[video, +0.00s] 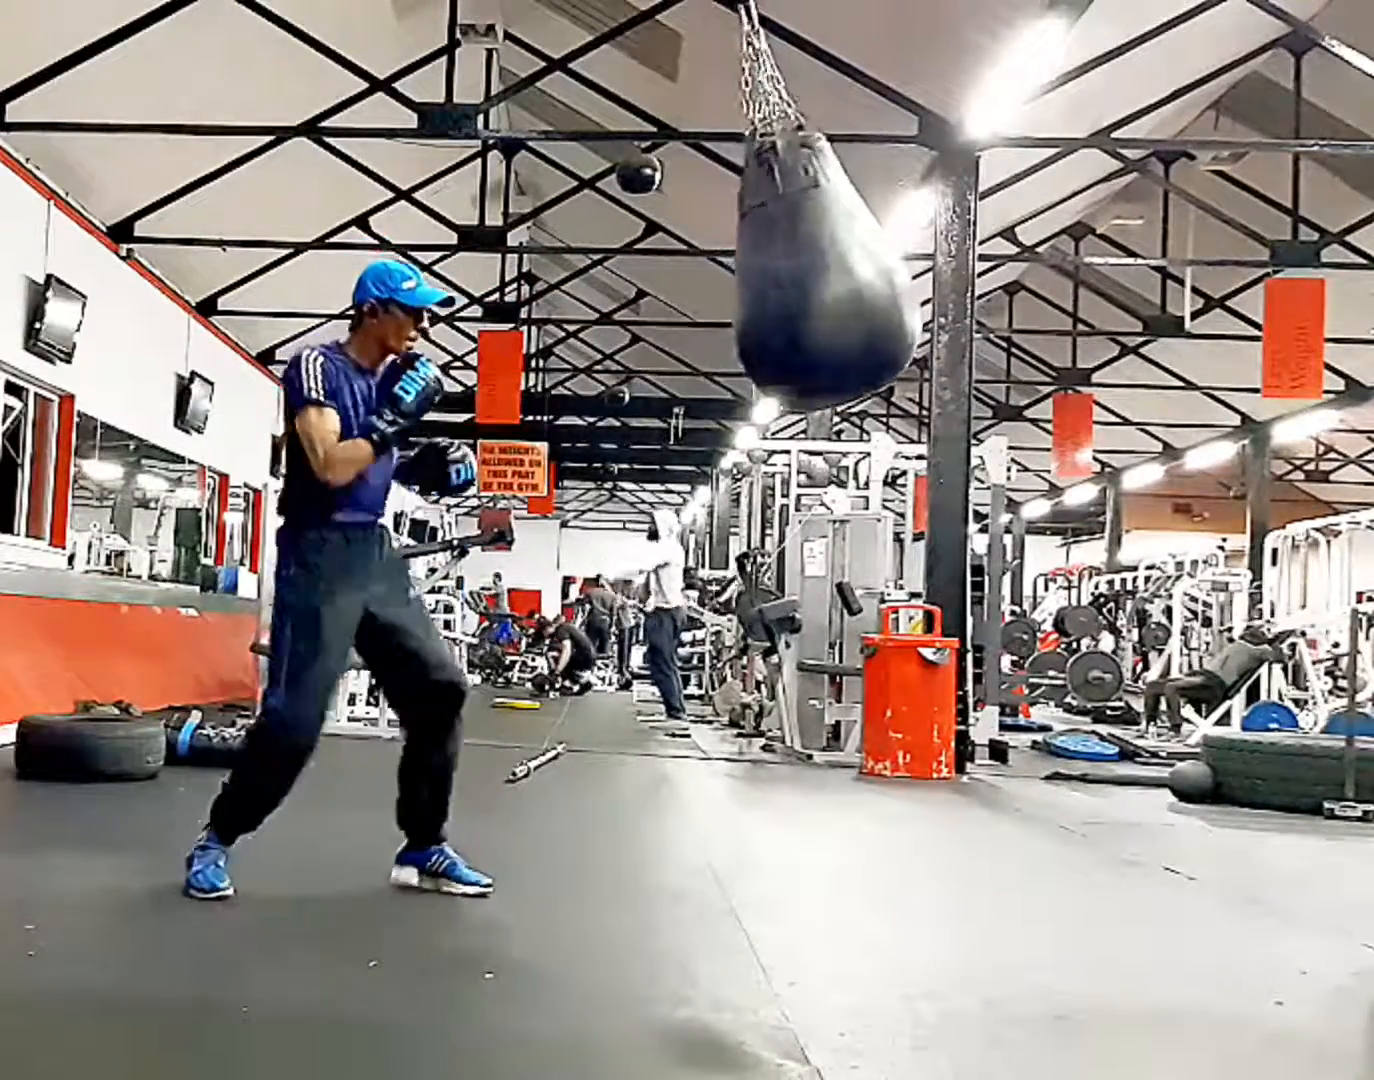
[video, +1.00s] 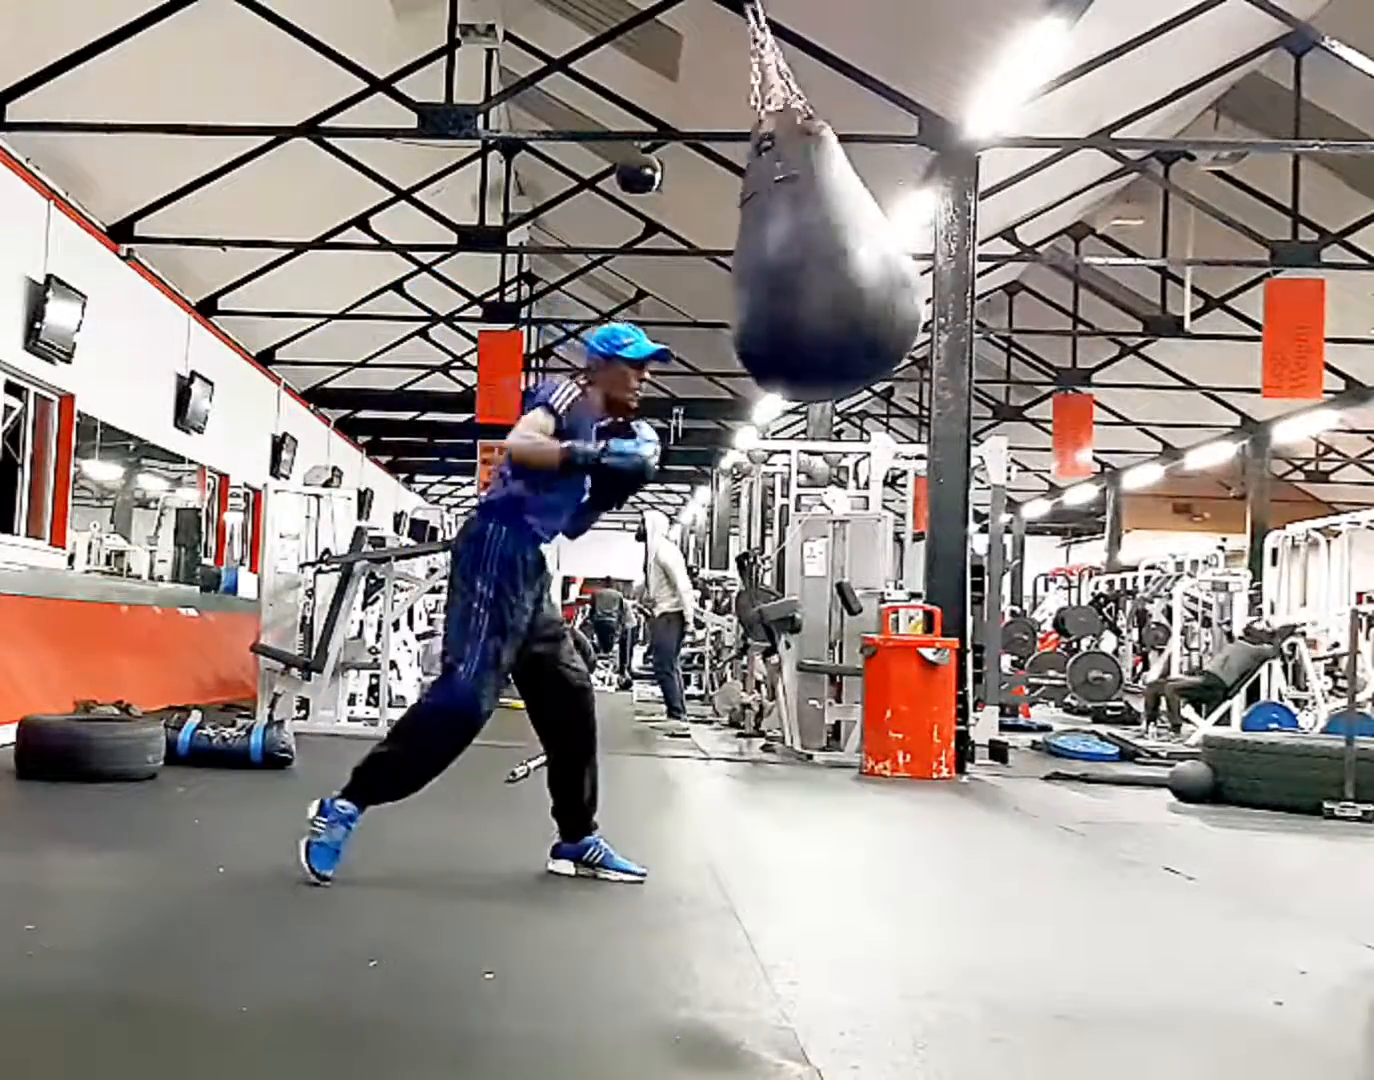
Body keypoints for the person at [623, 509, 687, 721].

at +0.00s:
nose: (649, 529)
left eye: (653, 524)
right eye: (650, 524)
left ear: (662, 527)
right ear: (667, 526)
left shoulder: (666, 548)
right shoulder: (672, 547)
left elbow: (640, 568)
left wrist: (612, 576)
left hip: (664, 610)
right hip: (670, 608)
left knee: (662, 662)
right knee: (664, 661)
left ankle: (675, 710)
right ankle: (676, 708)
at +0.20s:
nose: (643, 528)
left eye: (647, 524)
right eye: (645, 523)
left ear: (657, 527)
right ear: (662, 527)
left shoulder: (663, 550)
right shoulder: (663, 548)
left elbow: (651, 580)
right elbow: (651, 580)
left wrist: (632, 599)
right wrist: (636, 597)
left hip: (667, 611)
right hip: (666, 610)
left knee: (662, 662)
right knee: (665, 661)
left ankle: (676, 711)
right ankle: (675, 708)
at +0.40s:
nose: (638, 528)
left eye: (642, 524)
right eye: (640, 524)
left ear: (651, 526)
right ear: (657, 526)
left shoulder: (660, 549)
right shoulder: (659, 547)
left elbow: (662, 584)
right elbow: (651, 581)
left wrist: (654, 613)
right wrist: (638, 594)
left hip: (667, 610)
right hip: (672, 609)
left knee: (664, 662)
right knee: (669, 661)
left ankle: (676, 711)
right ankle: (677, 709)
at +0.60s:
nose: (637, 528)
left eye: (641, 524)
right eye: (639, 523)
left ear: (650, 526)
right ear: (655, 526)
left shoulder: (662, 549)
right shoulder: (652, 549)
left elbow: (674, 583)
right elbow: (649, 583)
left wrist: (673, 618)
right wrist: (637, 596)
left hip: (665, 611)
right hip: (659, 610)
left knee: (664, 663)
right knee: (667, 662)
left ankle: (676, 711)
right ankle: (675, 709)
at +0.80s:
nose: (638, 528)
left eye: (641, 524)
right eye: (639, 524)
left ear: (651, 527)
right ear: (655, 527)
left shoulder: (663, 549)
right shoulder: (653, 549)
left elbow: (680, 582)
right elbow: (651, 579)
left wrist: (685, 616)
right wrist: (637, 591)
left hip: (667, 611)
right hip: (660, 610)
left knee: (664, 664)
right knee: (668, 663)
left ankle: (676, 712)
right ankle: (676, 709)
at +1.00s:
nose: (638, 529)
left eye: (642, 525)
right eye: (640, 524)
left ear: (652, 528)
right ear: (655, 528)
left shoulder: (664, 550)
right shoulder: (654, 550)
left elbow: (682, 584)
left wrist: (689, 618)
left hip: (669, 612)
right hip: (662, 612)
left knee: (664, 664)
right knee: (668, 664)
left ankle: (676, 712)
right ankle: (677, 709)